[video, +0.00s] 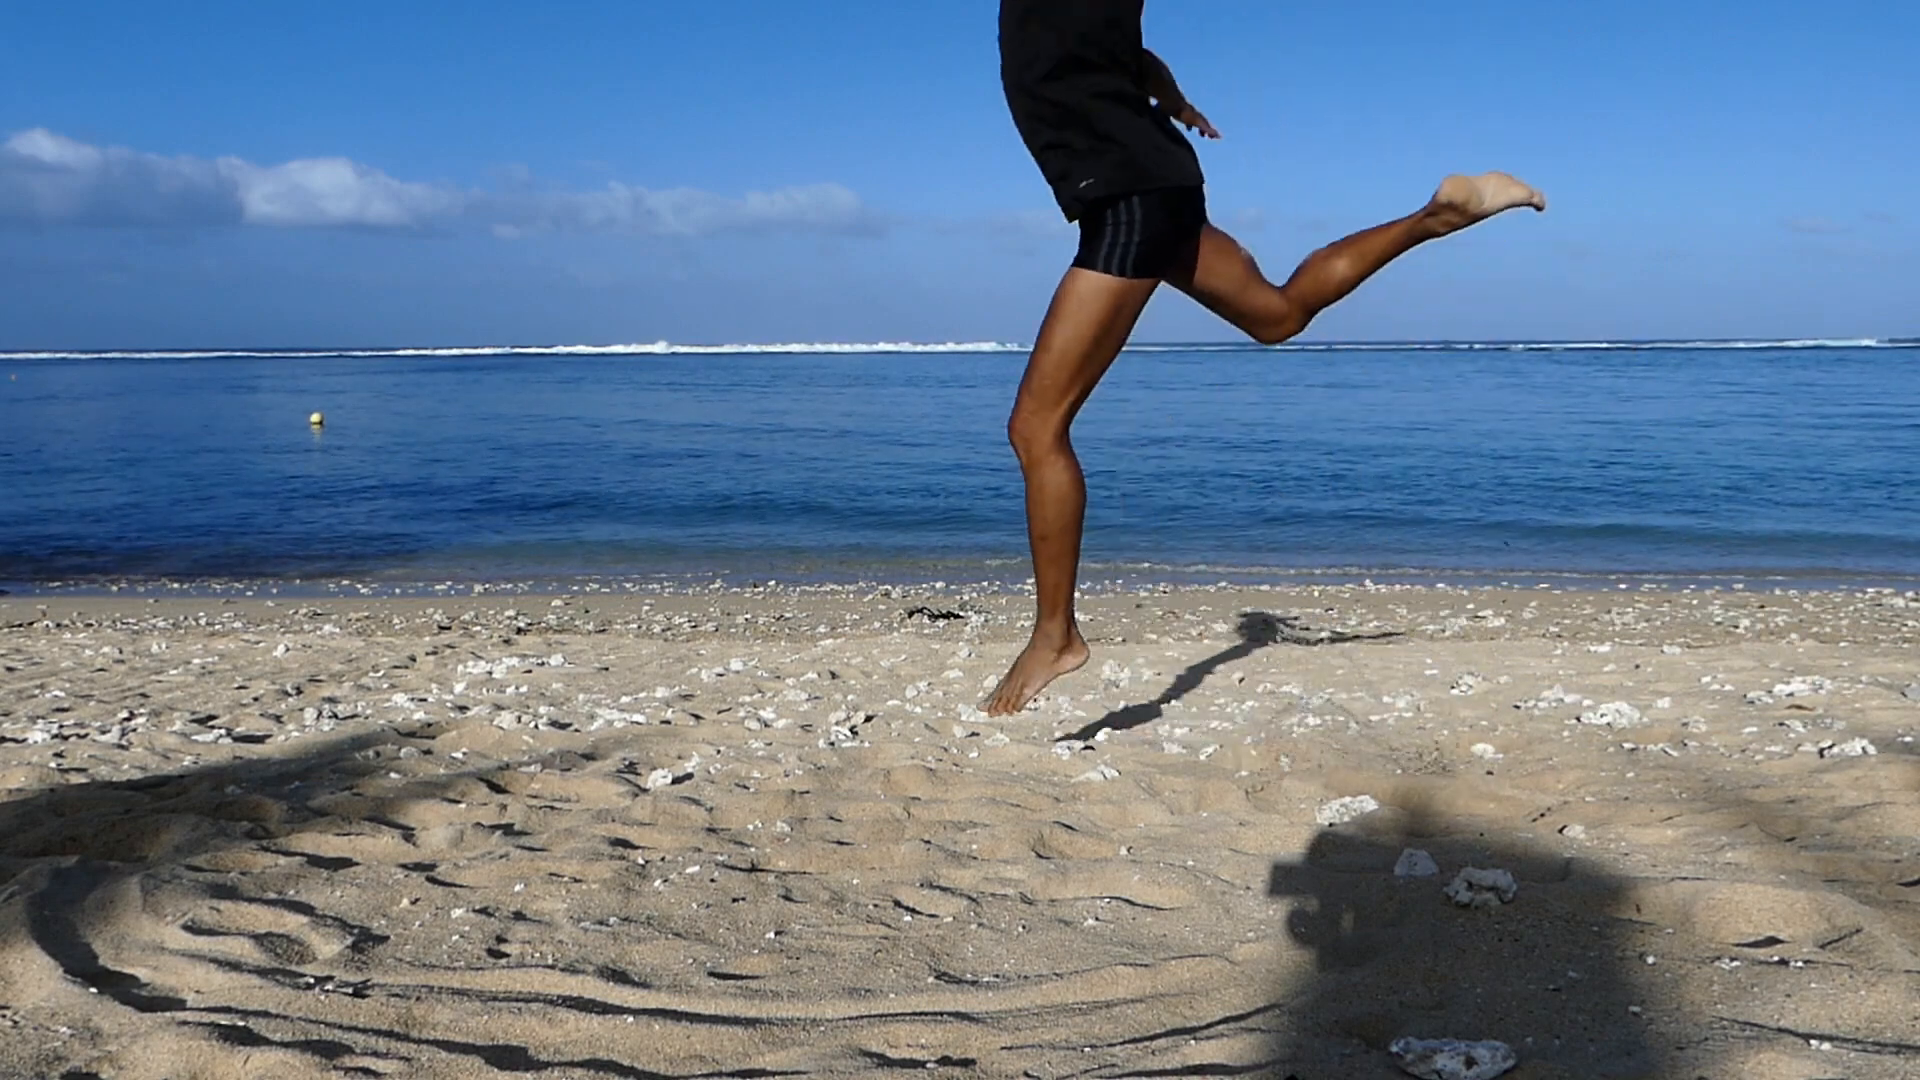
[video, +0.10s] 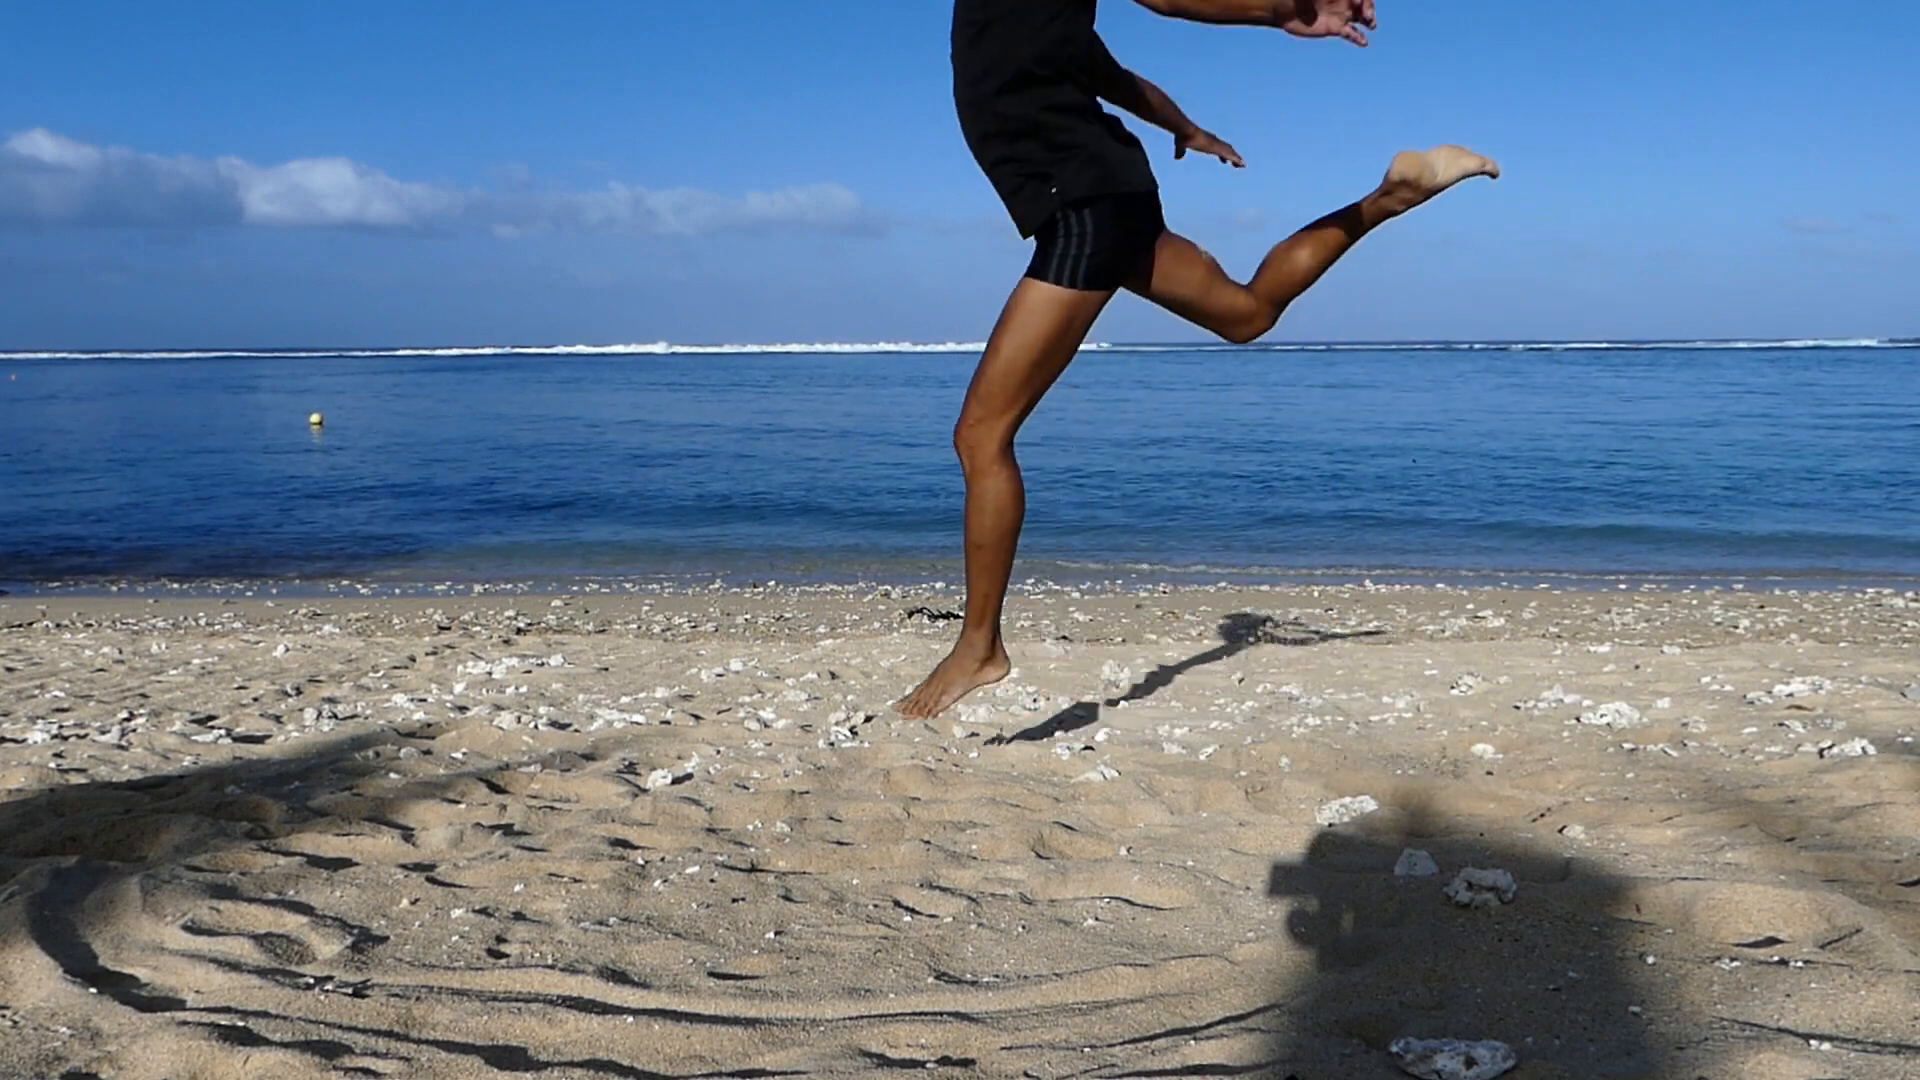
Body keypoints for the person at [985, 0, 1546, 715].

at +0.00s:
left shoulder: (1081, 13)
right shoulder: (1056, 13)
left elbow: (1126, 56)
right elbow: (1132, 58)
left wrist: (1169, 99)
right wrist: (1172, 101)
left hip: (1132, 196)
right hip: (1149, 189)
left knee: (1037, 426)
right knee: (1276, 314)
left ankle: (1055, 638)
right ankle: (1440, 215)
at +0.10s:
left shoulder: (1035, 15)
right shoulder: (1020, 20)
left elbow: (1168, 1)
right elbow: (1113, 79)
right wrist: (1183, 127)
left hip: (1089, 204)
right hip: (1099, 199)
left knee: (983, 433)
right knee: (1245, 311)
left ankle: (977, 651)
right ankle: (1396, 193)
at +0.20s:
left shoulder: (969, 2)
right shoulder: (957, 30)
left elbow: (1099, 49)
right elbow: (1071, 117)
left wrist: (1228, 110)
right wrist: (1167, 167)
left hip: (1019, 245)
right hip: (1036, 239)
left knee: (921, 471)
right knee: (1190, 335)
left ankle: (872, 682)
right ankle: (1320, 190)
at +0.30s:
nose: (811, 6)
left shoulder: (929, 14)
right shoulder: (889, 37)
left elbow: (1051, 103)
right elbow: (1026, 144)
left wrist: (1171, 173)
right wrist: (1134, 198)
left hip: (972, 279)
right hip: (983, 272)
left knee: (884, 509)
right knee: (1148, 368)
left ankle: (823, 717)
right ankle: (1267, 223)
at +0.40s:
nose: (729, 46)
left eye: (732, 22)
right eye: (724, 26)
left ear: (788, 9)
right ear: (790, 13)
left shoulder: (852, 76)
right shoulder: (831, 85)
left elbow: (965, 182)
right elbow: (954, 201)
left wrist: (1067, 266)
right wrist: (1066, 259)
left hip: (897, 353)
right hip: (918, 343)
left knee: (817, 578)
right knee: (1080, 436)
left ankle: (813, 783)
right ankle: (1203, 317)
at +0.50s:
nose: (688, 81)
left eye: (694, 59)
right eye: (687, 62)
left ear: (745, 47)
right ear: (746, 50)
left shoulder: (804, 132)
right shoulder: (793, 133)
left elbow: (907, 246)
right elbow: (914, 239)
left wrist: (993, 342)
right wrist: (1020, 314)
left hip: (856, 389)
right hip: (875, 381)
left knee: (766, 603)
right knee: (1026, 502)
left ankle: (815, 787)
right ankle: (1158, 405)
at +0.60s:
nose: (626, 111)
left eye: (635, 91)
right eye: (626, 93)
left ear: (684, 91)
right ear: (695, 93)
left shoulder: (731, 179)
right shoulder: (749, 174)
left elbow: (798, 312)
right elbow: (835, 301)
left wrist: (832, 433)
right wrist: (918, 385)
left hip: (800, 433)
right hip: (843, 409)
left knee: (717, 621)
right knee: (907, 591)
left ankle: (811, 788)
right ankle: (1084, 535)